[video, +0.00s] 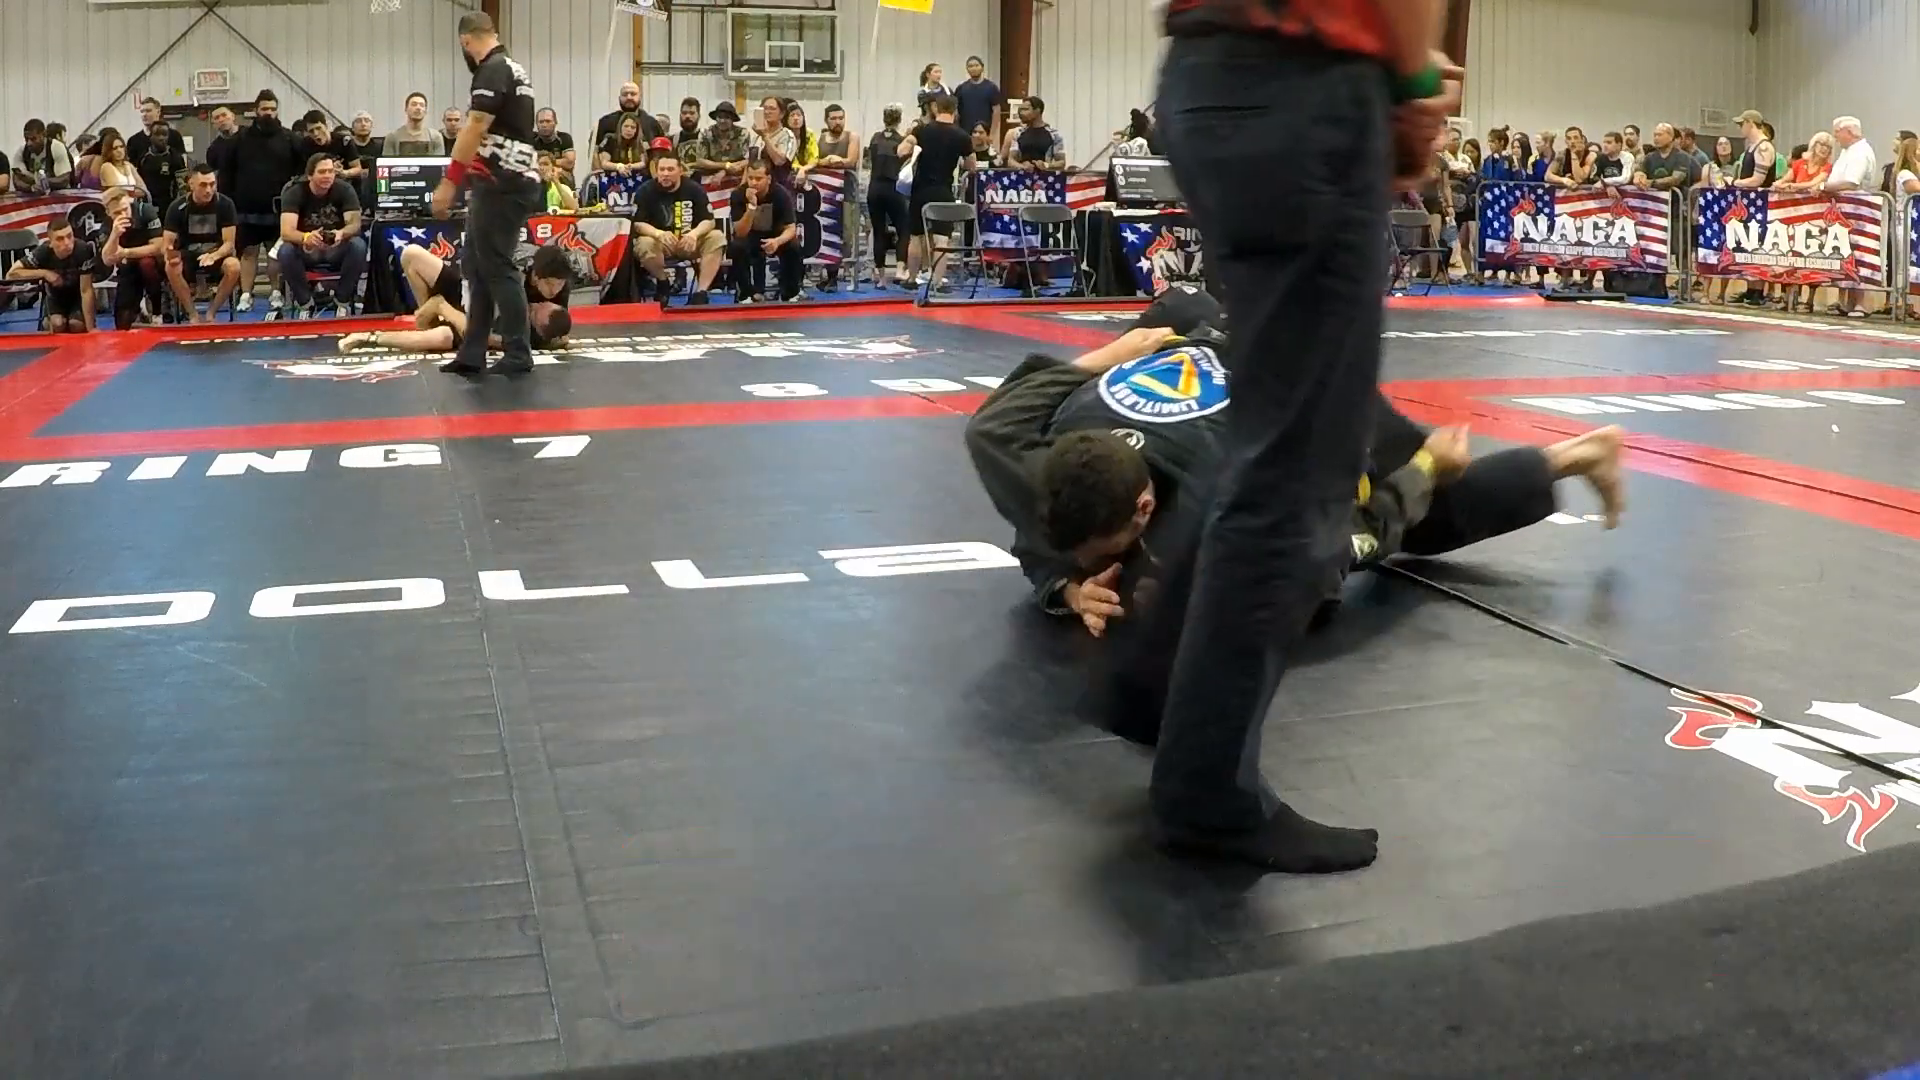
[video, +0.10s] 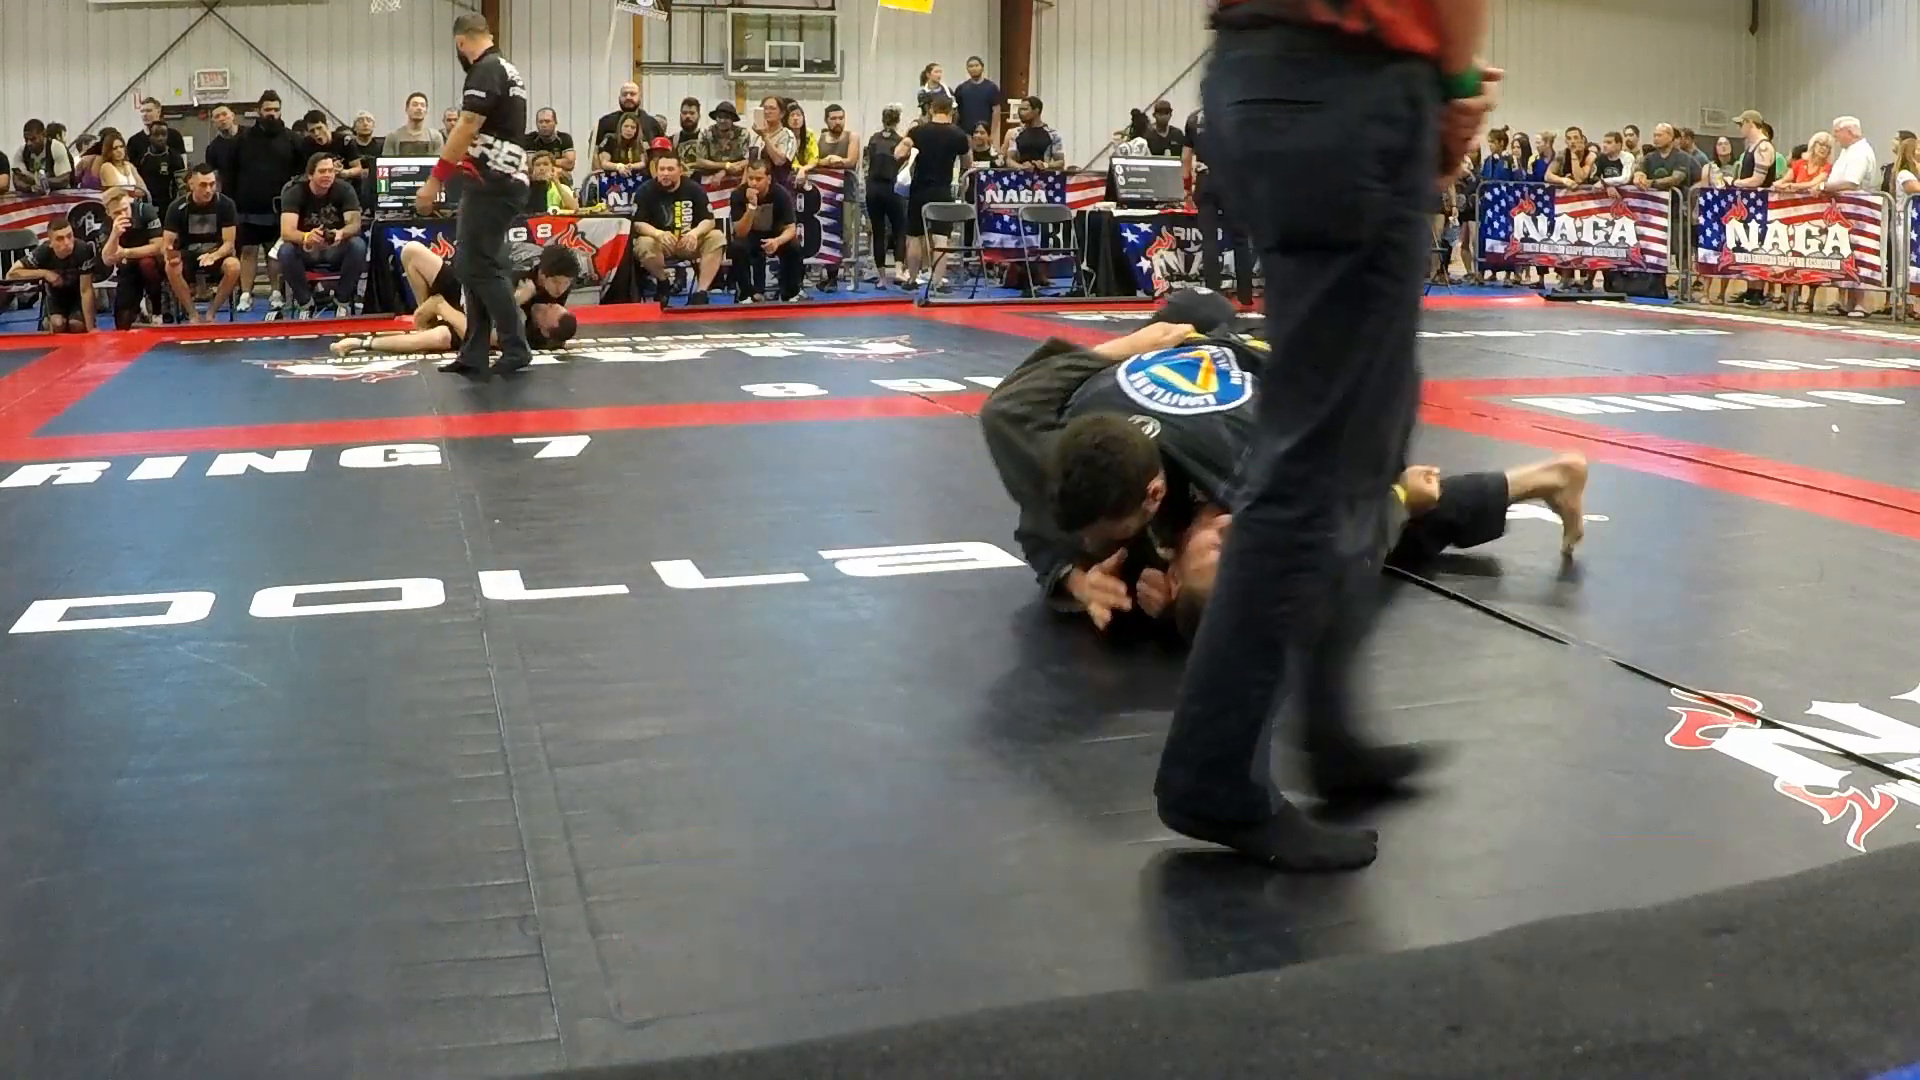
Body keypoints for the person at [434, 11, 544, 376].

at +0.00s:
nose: (465, 54)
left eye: (463, 47)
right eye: (463, 48)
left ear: (468, 41)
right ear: (493, 36)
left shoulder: (493, 68)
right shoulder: (514, 68)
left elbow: (477, 126)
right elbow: (511, 133)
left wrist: (450, 180)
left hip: (501, 183)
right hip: (512, 182)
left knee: (499, 268)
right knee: (477, 267)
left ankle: (518, 356)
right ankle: (471, 355)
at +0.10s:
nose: (460, 53)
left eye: (458, 47)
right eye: (459, 48)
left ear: (463, 42)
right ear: (488, 37)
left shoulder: (487, 69)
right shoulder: (505, 70)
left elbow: (468, 127)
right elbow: (493, 133)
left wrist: (435, 179)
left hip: (493, 182)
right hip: (498, 182)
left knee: (481, 265)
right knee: (469, 266)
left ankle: (515, 349)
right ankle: (473, 355)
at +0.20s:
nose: (455, 49)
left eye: (454, 43)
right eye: (456, 44)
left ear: (458, 40)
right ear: (486, 36)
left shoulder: (476, 67)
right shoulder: (504, 71)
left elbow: (462, 125)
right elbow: (503, 135)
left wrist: (432, 179)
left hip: (479, 179)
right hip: (501, 182)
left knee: (460, 263)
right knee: (473, 264)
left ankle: (506, 340)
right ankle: (473, 353)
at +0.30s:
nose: (454, 49)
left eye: (453, 44)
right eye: (455, 44)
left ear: (458, 39)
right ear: (486, 36)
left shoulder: (471, 66)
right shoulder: (504, 70)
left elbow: (458, 125)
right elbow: (510, 131)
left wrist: (436, 178)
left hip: (473, 179)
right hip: (498, 183)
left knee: (452, 262)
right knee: (476, 263)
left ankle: (503, 337)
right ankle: (474, 353)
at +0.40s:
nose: (457, 45)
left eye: (455, 40)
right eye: (459, 40)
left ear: (459, 37)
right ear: (489, 36)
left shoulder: (468, 65)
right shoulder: (507, 71)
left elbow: (453, 126)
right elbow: (511, 131)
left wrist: (439, 180)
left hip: (472, 179)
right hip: (499, 185)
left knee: (448, 261)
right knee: (477, 262)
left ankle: (500, 339)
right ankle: (473, 354)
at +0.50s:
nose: (460, 44)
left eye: (459, 39)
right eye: (463, 40)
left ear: (462, 37)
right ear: (494, 36)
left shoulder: (466, 65)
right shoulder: (513, 73)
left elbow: (449, 126)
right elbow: (513, 136)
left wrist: (435, 177)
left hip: (471, 181)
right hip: (501, 186)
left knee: (455, 265)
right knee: (481, 262)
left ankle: (496, 344)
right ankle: (474, 353)